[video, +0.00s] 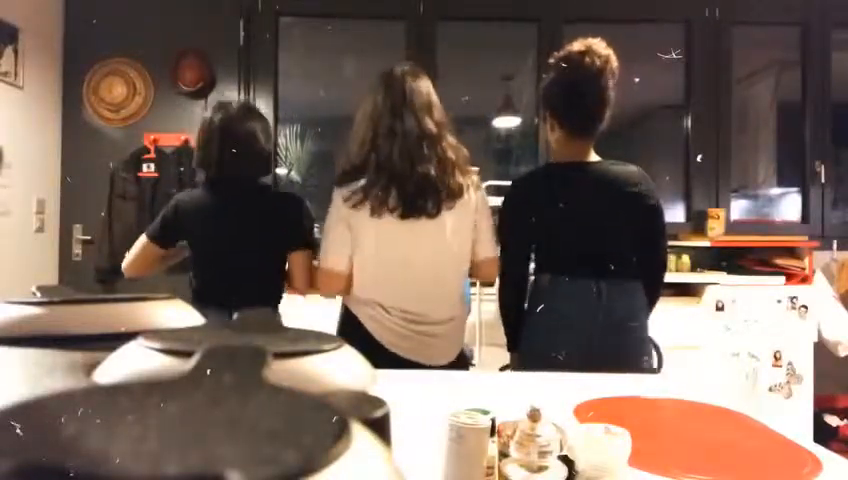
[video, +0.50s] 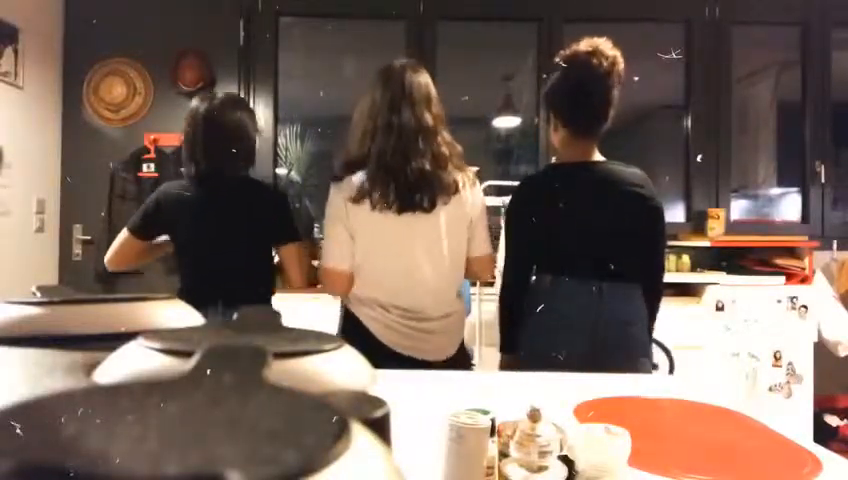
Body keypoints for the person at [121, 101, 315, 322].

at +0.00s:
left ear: (206, 151)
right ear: (265, 152)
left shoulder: (187, 205)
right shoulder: (288, 206)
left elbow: (132, 267)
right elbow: (301, 283)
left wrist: (185, 249)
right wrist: (273, 263)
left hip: (206, 339)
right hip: (266, 339)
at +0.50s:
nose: (256, 141)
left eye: (255, 134)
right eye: (254, 134)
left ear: (191, 142)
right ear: (247, 142)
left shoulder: (172, 197)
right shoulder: (269, 200)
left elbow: (115, 260)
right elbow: (299, 281)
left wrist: (171, 242)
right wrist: (271, 258)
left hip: (191, 338)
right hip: (256, 339)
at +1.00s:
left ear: (193, 180)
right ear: (249, 175)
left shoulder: (185, 238)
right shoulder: (276, 228)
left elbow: (132, 296)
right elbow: (307, 296)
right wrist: (274, 279)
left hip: (209, 357)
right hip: (268, 356)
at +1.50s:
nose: (229, 137)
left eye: (236, 130)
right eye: (214, 131)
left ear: (249, 143)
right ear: (195, 153)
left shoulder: (197, 199)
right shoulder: (232, 200)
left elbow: (160, 267)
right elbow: (279, 285)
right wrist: (292, 269)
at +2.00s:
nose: (252, 159)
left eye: (258, 150)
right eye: (236, 152)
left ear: (268, 158)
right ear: (214, 170)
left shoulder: (211, 216)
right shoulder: (247, 216)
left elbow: (173, 288)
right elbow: (281, 299)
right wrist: (305, 298)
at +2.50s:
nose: (248, 146)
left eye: (252, 137)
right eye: (232, 138)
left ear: (260, 145)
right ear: (209, 154)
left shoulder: (201, 206)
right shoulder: (242, 204)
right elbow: (266, 291)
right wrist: (298, 314)